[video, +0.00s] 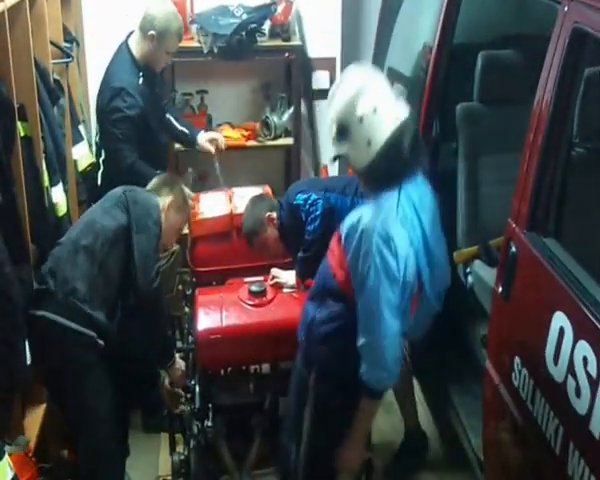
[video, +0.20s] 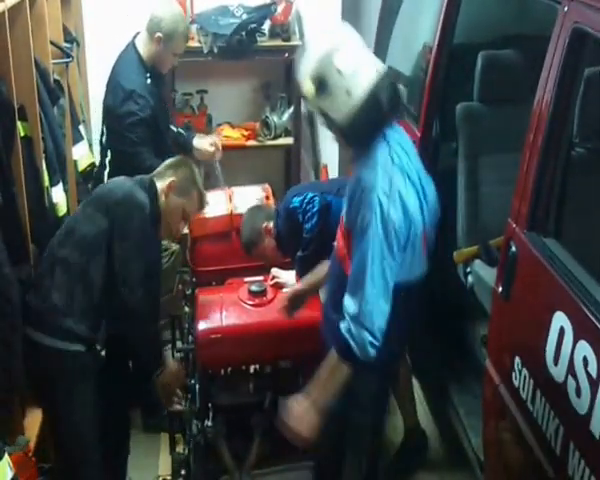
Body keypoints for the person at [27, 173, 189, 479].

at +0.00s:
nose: (173, 243)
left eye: (180, 234)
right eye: (178, 230)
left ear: (162, 204)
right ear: (167, 206)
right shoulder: (142, 201)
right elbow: (147, 286)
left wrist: (166, 361)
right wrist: (169, 359)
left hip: (48, 319)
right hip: (72, 327)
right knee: (104, 435)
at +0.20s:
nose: (181, 231)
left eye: (187, 222)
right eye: (184, 216)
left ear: (166, 185)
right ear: (168, 187)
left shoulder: (126, 196)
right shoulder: (134, 204)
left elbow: (135, 302)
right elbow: (136, 301)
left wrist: (158, 365)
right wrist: (157, 368)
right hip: (63, 344)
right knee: (87, 454)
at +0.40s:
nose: (186, 239)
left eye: (193, 231)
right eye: (190, 226)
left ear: (171, 195)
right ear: (173, 197)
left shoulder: (141, 216)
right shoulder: (125, 217)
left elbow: (143, 312)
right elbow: (117, 311)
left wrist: (150, 379)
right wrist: (142, 383)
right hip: (55, 356)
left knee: (111, 454)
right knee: (81, 461)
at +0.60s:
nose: (192, 267)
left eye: (198, 258)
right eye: (196, 255)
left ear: (184, 225)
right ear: (184, 227)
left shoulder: (154, 248)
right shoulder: (123, 240)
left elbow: (144, 345)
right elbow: (110, 343)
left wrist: (150, 424)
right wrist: (125, 433)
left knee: (109, 463)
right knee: (76, 467)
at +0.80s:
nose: (196, 317)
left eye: (205, 307)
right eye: (204, 302)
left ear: (190, 274)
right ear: (192, 275)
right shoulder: (126, 271)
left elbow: (148, 382)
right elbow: (118, 373)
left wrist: (165, 463)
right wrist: (140, 464)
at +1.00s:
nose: (199, 350)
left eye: (207, 344)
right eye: (205, 340)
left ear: (193, 310)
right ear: (194, 312)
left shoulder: (154, 306)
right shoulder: (130, 311)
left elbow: (149, 404)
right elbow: (120, 412)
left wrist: (169, 472)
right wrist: (135, 473)